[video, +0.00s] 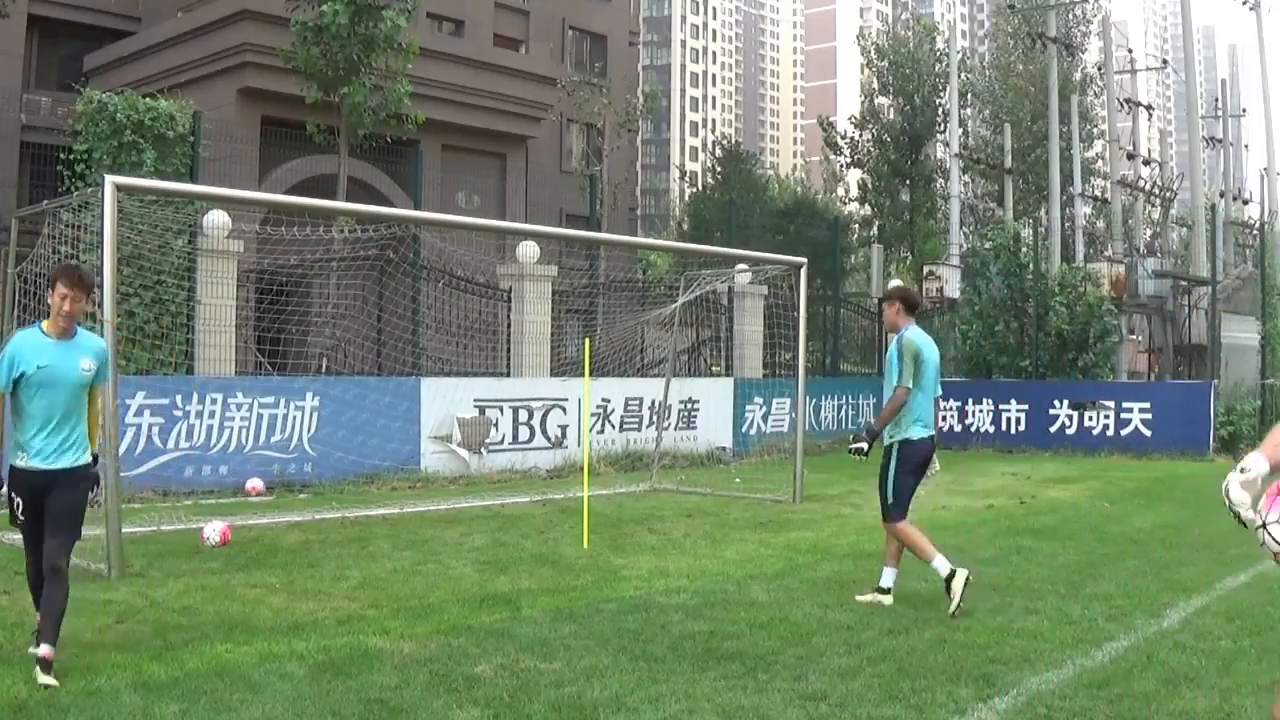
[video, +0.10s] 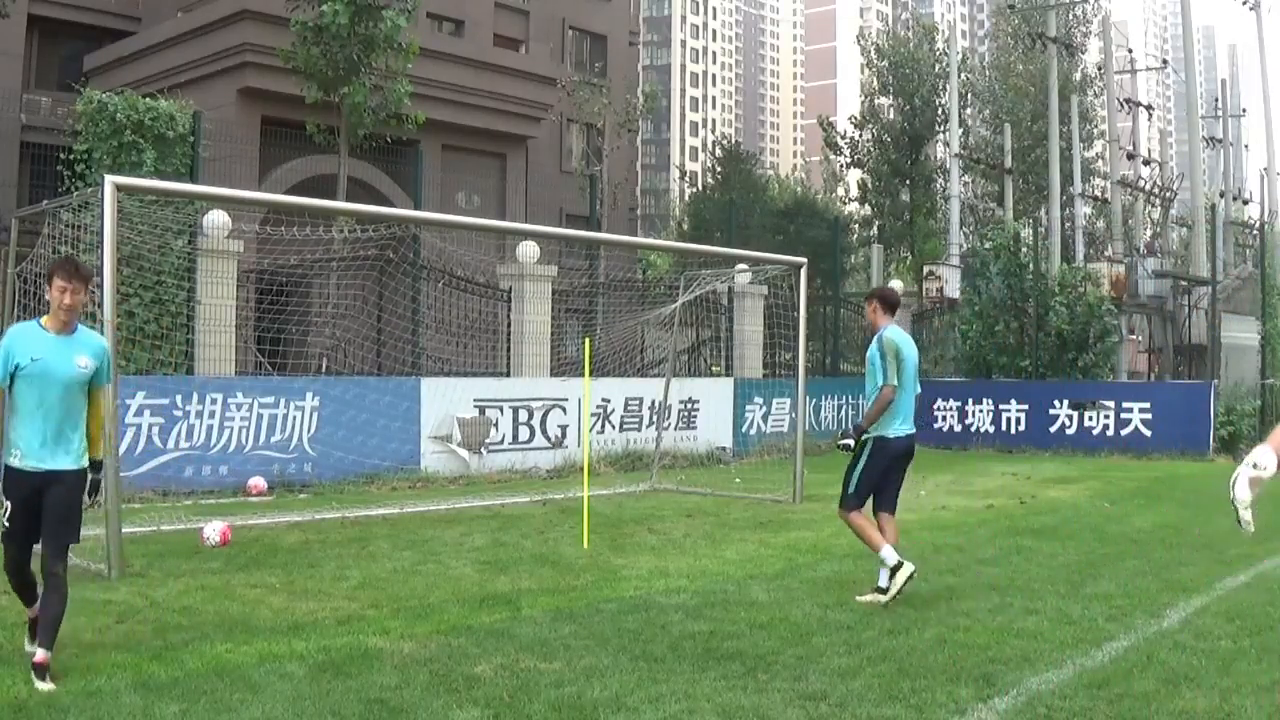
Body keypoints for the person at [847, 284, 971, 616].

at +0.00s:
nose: (882, 315)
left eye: (884, 308)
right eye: (883, 309)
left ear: (897, 308)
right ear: (905, 309)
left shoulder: (905, 341)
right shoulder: (927, 342)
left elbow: (903, 393)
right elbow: (933, 399)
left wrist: (871, 433)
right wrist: (931, 443)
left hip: (906, 441)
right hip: (921, 440)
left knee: (893, 519)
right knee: (895, 516)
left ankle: (949, 573)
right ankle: (884, 588)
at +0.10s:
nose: (866, 315)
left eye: (868, 309)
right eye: (867, 309)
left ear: (877, 308)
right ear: (892, 309)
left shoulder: (885, 339)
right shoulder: (906, 340)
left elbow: (888, 390)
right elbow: (911, 393)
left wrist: (858, 429)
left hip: (882, 440)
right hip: (904, 439)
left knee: (849, 508)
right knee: (885, 511)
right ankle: (884, 586)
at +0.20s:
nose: (853, 315)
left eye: (854, 309)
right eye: (854, 310)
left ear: (864, 309)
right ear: (879, 311)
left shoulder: (872, 339)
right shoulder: (895, 341)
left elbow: (879, 390)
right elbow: (900, 390)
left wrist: (847, 428)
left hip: (868, 439)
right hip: (891, 439)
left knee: (828, 502)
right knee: (879, 511)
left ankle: (854, 572)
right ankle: (884, 587)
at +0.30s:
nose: (833, 318)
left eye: (834, 313)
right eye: (834, 313)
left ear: (841, 312)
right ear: (859, 314)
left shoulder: (850, 343)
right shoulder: (875, 343)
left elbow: (858, 393)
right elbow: (882, 390)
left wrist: (826, 424)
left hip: (845, 440)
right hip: (872, 439)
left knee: (813, 505)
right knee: (870, 512)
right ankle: (882, 587)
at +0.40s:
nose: (817, 319)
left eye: (818, 313)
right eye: (818, 313)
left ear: (827, 312)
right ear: (844, 314)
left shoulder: (833, 345)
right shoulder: (862, 345)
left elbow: (840, 396)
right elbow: (870, 392)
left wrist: (807, 419)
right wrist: (820, 413)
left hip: (831, 442)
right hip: (858, 441)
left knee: (803, 508)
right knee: (859, 511)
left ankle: (783, 577)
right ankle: (880, 584)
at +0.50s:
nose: (796, 317)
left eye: (797, 312)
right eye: (797, 312)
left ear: (804, 311)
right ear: (824, 314)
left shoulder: (809, 345)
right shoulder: (840, 345)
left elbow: (807, 399)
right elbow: (850, 392)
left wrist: (778, 409)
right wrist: (804, 399)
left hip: (804, 438)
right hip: (832, 438)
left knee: (789, 506)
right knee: (828, 510)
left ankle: (779, 578)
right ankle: (865, 569)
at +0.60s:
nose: (784, 317)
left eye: (784, 312)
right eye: (785, 312)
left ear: (791, 312)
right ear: (811, 314)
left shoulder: (793, 345)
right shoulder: (828, 343)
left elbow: (783, 398)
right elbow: (839, 392)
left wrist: (763, 399)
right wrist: (804, 392)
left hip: (791, 435)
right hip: (818, 436)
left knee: (783, 507)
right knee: (802, 508)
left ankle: (779, 579)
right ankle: (840, 554)